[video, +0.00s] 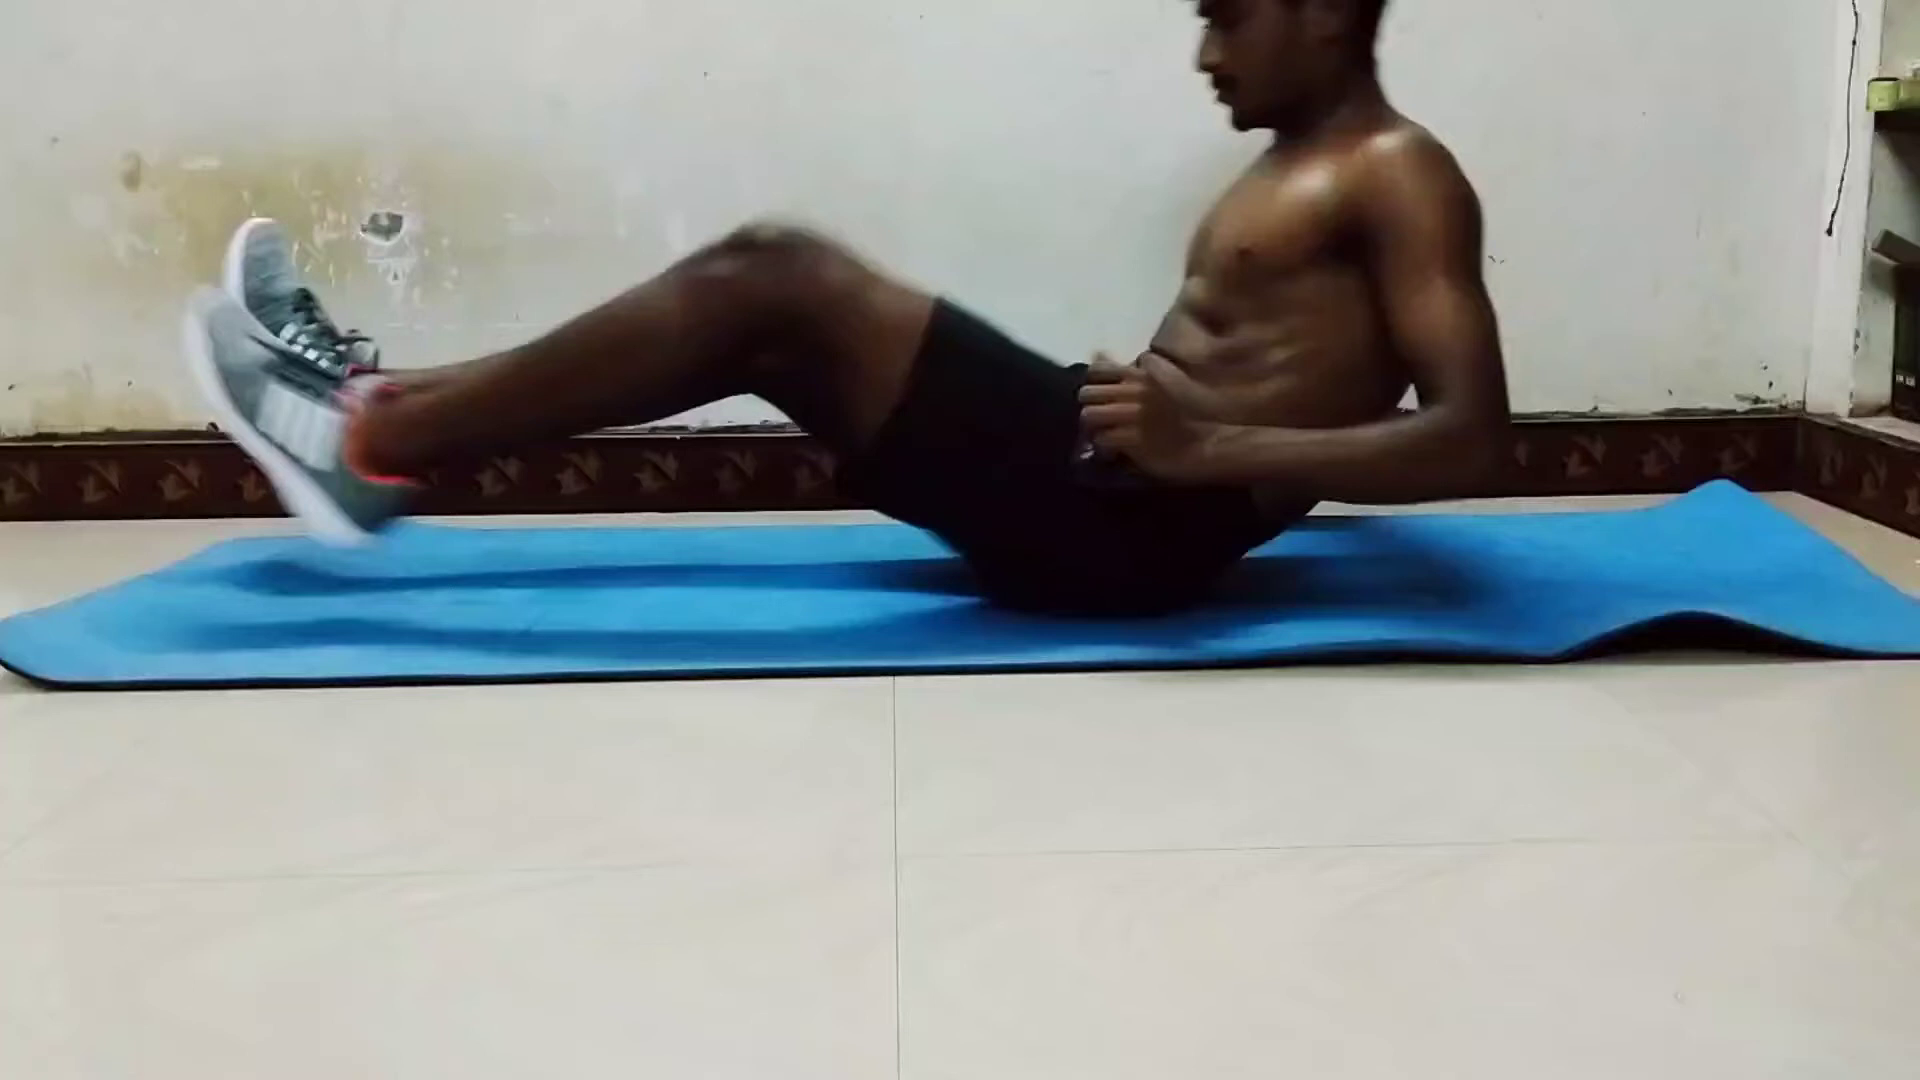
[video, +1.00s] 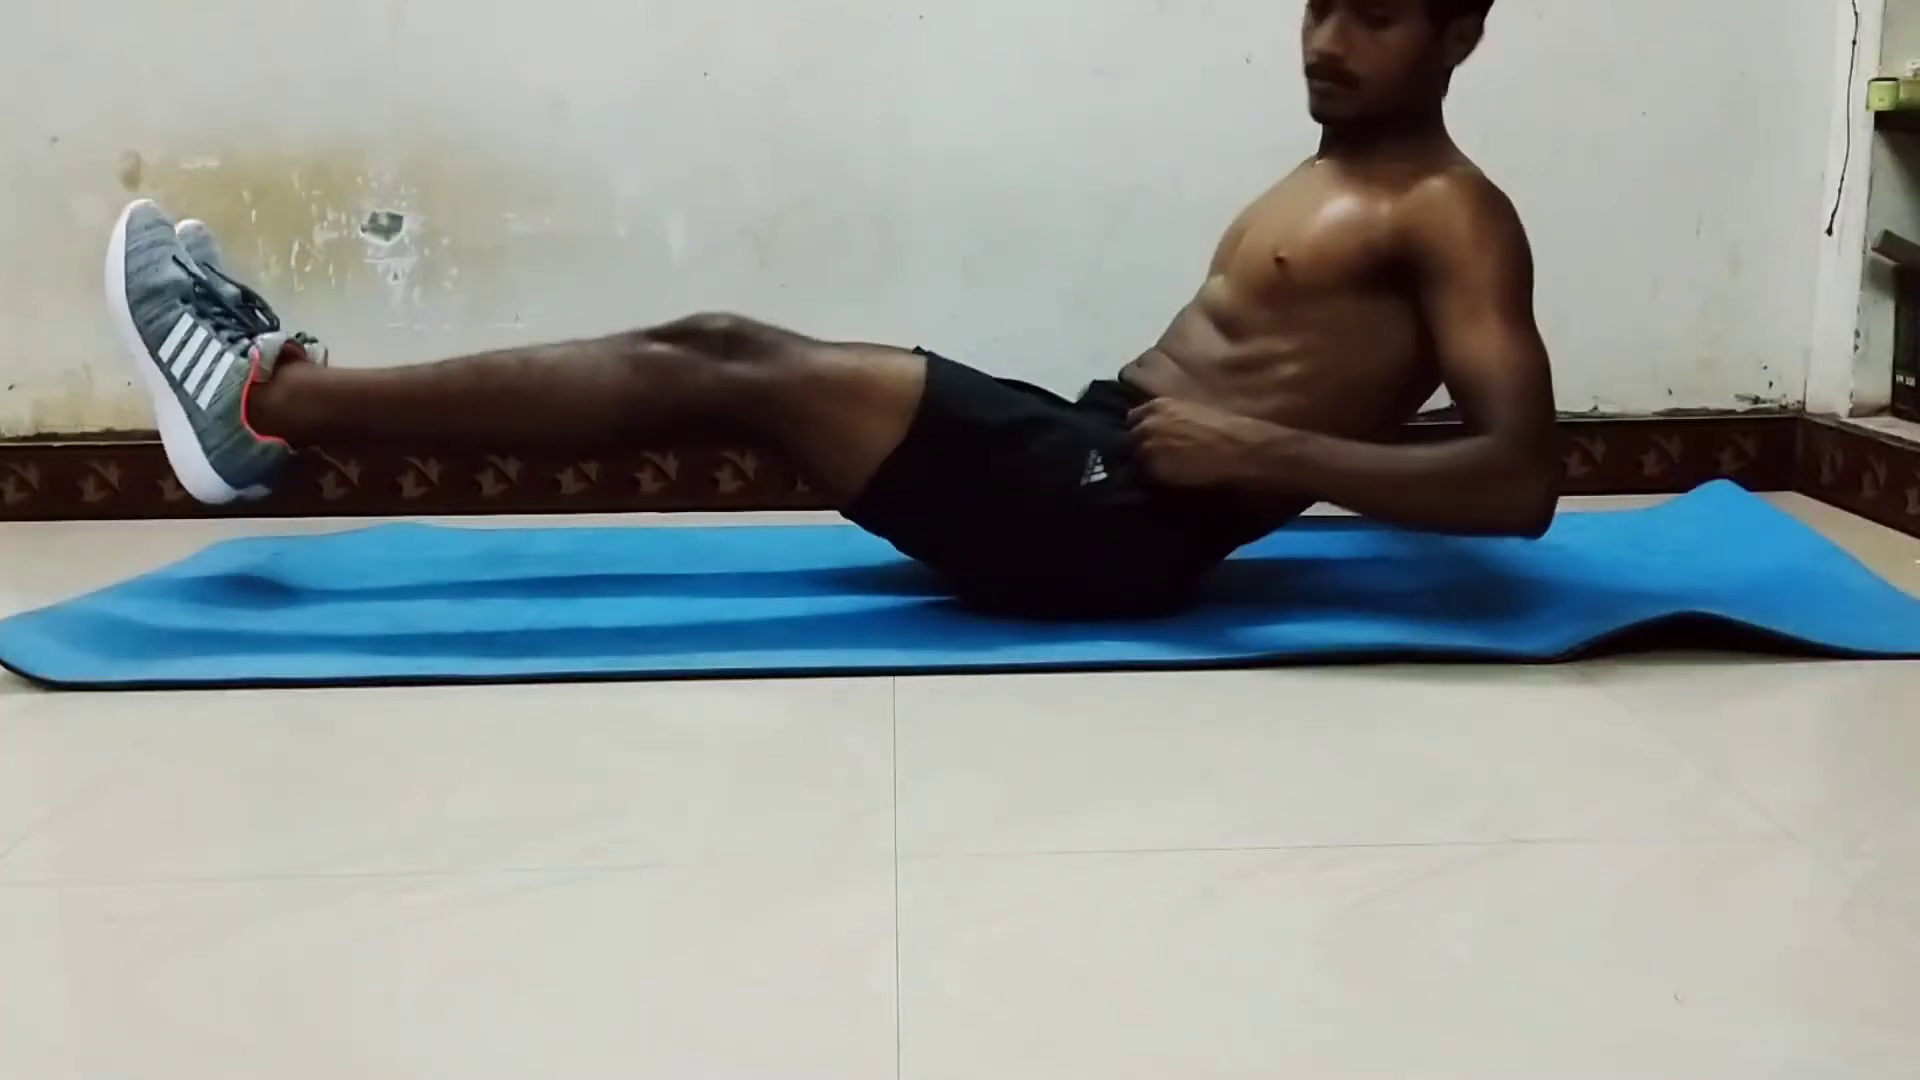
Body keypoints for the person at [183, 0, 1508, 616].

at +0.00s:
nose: (1204, 44)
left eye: (1230, 15)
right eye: (1207, 18)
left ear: (1331, 18)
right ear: (1303, 29)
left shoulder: (1398, 173)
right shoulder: (1291, 171)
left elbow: (1473, 441)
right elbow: (1298, 391)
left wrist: (1212, 443)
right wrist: (1156, 400)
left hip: (1147, 529)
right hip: (1108, 496)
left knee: (773, 279)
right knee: (763, 270)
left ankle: (381, 431)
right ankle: (394, 426)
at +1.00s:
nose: (1323, 41)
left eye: (1364, 16)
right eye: (1320, 12)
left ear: (1457, 38)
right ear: (1318, 25)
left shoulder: (1453, 213)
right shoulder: (1333, 175)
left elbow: (1523, 482)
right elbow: (1311, 379)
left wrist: (1286, 462)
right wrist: (1166, 395)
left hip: (1126, 512)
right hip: (1080, 452)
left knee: (717, 366)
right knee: (710, 346)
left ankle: (268, 398)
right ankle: (285, 408)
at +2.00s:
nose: (1345, 25)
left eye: (1378, 8)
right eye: (1355, 14)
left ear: (1467, 40)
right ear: (1402, 49)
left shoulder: (1499, 222)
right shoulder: (1381, 193)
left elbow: (1411, 370)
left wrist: (1367, 110)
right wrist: (1330, 112)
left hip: (1135, 504)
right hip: (1098, 432)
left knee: (711, 375)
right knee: (730, 310)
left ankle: (262, 415)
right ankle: (326, 447)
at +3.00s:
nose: (1267, 40)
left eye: (1289, 24)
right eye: (1286, 29)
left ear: (1366, 32)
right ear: (1386, 43)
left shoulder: (1379, 132)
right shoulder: (1375, 142)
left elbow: (1168, 5)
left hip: (1122, 513)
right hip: (1118, 434)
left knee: (701, 419)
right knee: (1043, 116)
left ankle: (251, 493)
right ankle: (686, 276)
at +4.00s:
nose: (1273, 90)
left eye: (1306, 68)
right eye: (1269, 69)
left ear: (1405, 69)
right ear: (1281, 80)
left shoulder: (1480, 192)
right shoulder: (1254, 134)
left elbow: (1683, 31)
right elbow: (1068, 30)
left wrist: (1507, 14)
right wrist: (1233, 20)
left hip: (1155, 509)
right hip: (1064, 468)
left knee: (968, 139)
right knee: (748, 296)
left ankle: (547, 127)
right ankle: (378, 426)